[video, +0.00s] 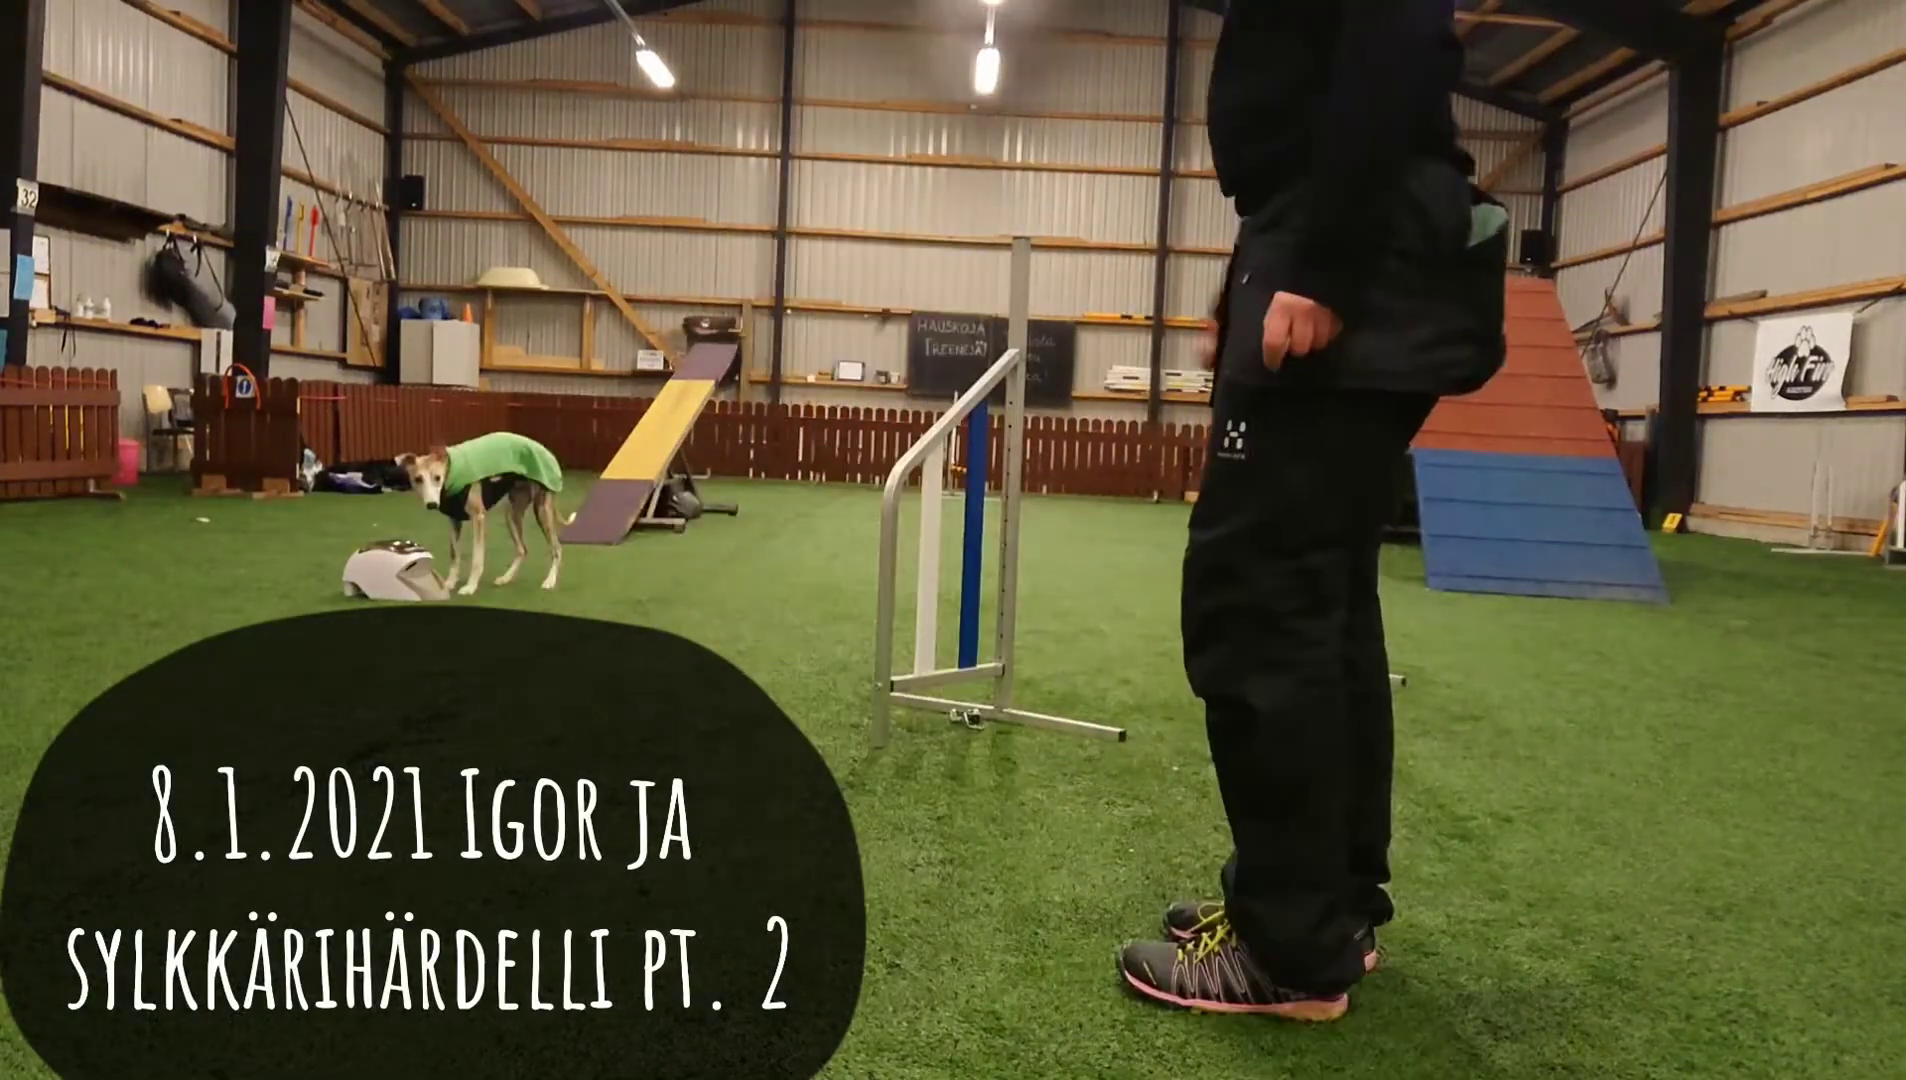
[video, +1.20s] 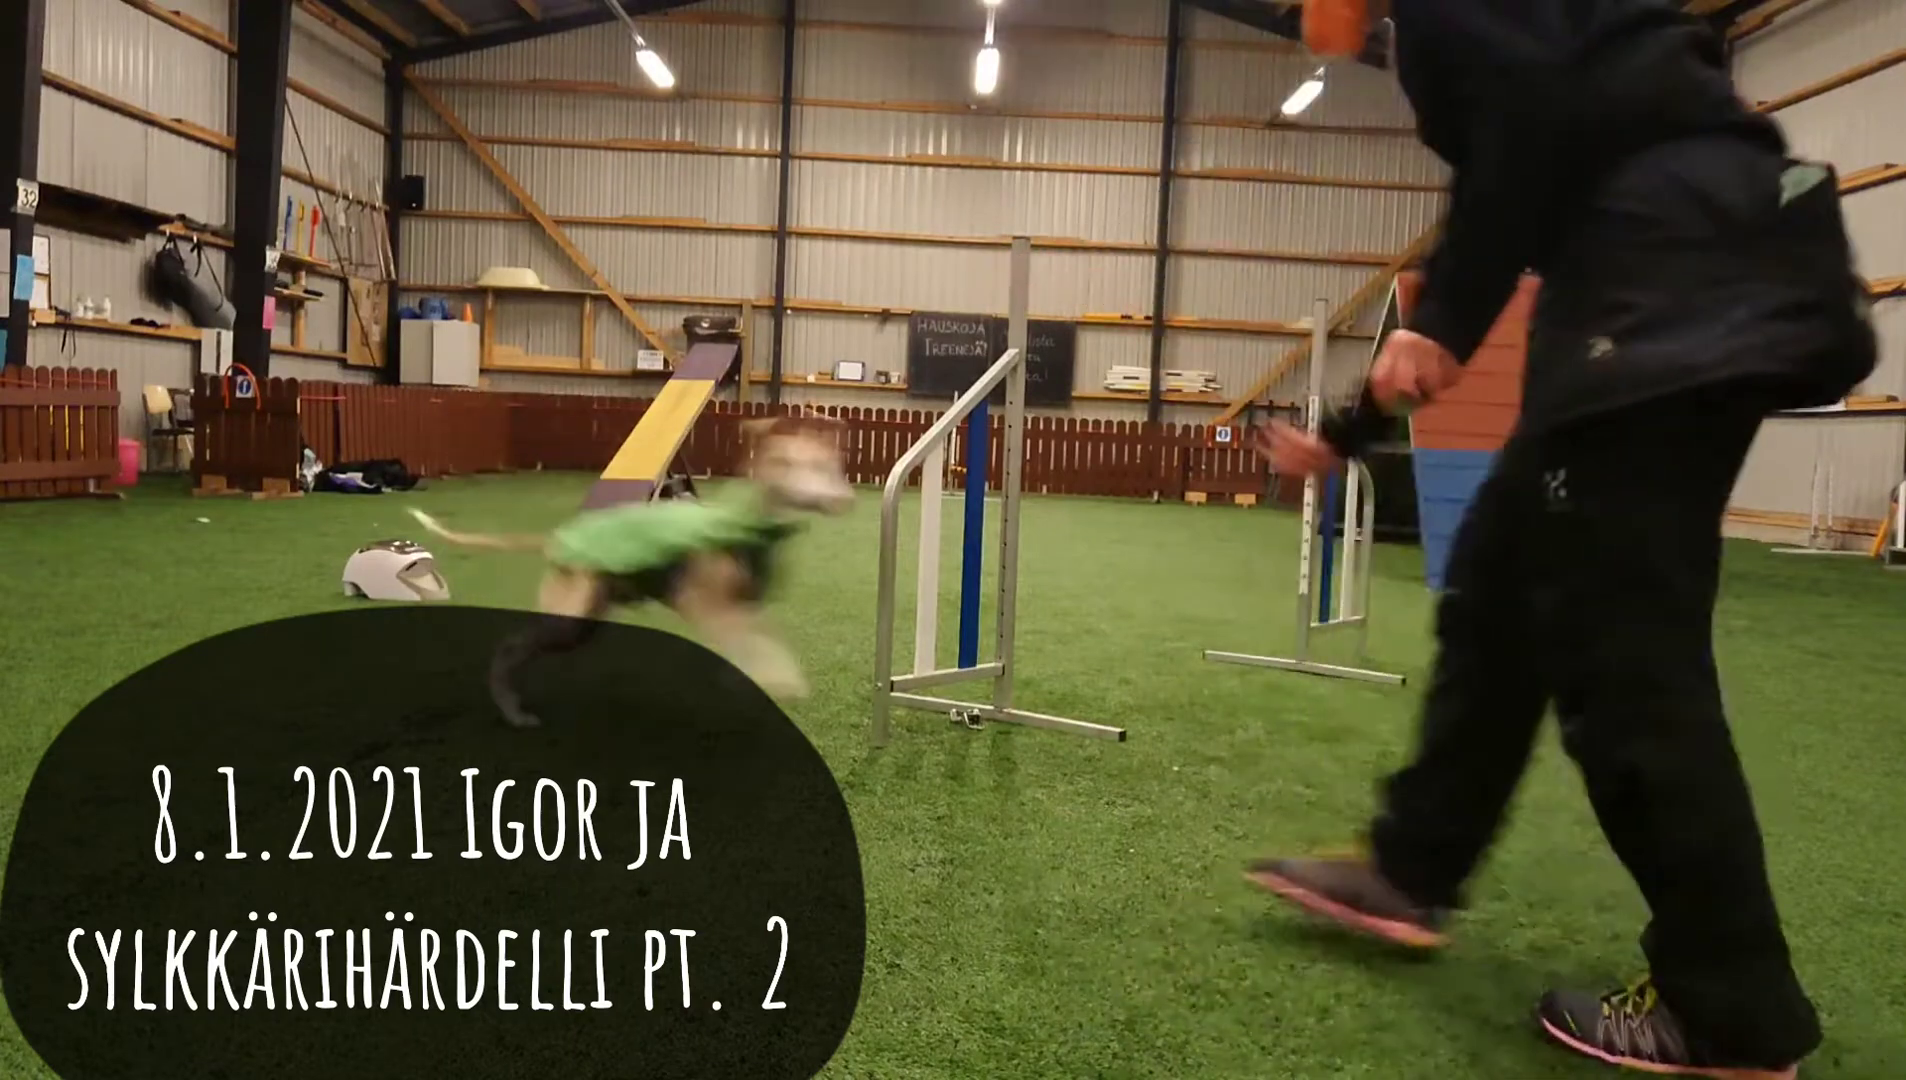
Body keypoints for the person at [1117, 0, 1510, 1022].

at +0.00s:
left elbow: (1393, 51)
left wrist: (1321, 269)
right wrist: (1282, 267)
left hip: (1333, 284)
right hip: (1348, 281)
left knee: (1251, 606)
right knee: (1322, 606)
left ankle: (1290, 951)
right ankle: (1335, 908)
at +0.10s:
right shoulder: (1280, 21)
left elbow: (1389, 64)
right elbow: (1275, 145)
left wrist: (1321, 267)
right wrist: (1165, 284)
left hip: (1352, 295)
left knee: (1257, 606)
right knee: (1322, 605)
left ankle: (1291, 951)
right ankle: (1336, 908)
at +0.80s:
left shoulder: (1420, 9)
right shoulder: (1294, 45)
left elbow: (1464, 83)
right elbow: (1227, 174)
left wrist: (1390, 260)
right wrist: (1087, 272)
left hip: (1505, 270)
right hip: (1442, 274)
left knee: (1350, 581)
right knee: (1328, 575)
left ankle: (1384, 945)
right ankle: (1322, 897)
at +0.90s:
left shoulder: (1430, 12)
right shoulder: (1333, 48)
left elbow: (1473, 83)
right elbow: (1273, 183)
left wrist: (1397, 258)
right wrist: (1140, 282)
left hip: (1535, 271)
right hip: (1447, 282)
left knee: (1393, 606)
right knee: (1356, 606)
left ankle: (1551, 939)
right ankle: (1328, 901)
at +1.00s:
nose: (1287, 15)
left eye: (1284, 10)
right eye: (1280, 17)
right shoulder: (1388, 34)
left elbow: (1500, 95)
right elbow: (1344, 182)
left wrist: (1401, 274)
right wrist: (1201, 308)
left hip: (1576, 275)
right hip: (1498, 290)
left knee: (1464, 615)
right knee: (1391, 604)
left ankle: (1702, 965)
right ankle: (1328, 900)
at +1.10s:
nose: (1276, 21)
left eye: (1267, 8)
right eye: (1269, 18)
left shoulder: (1437, 8)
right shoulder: (1418, 31)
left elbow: (1508, 115)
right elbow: (1406, 217)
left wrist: (1415, 304)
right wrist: (1263, 365)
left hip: (1631, 310)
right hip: (1567, 317)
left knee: (1599, 677)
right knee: (1444, 607)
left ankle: (1733, 1014)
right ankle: (1338, 885)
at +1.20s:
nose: (1314, 38)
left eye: (1300, 15)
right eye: (1300, 29)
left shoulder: (1441, 14)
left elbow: (1522, 118)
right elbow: (1492, 242)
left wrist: (1439, 323)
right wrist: (1346, 430)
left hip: (1667, 290)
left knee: (1623, 649)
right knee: (1499, 600)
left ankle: (1735, 1016)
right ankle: (1407, 876)